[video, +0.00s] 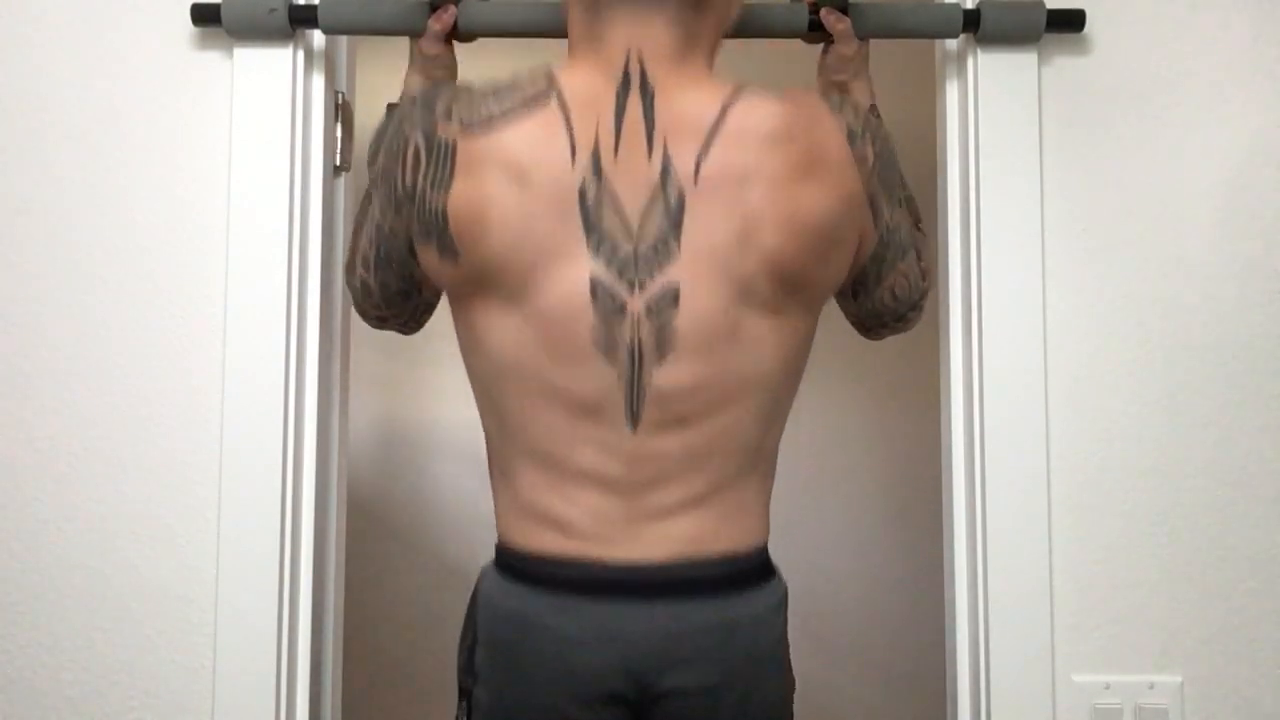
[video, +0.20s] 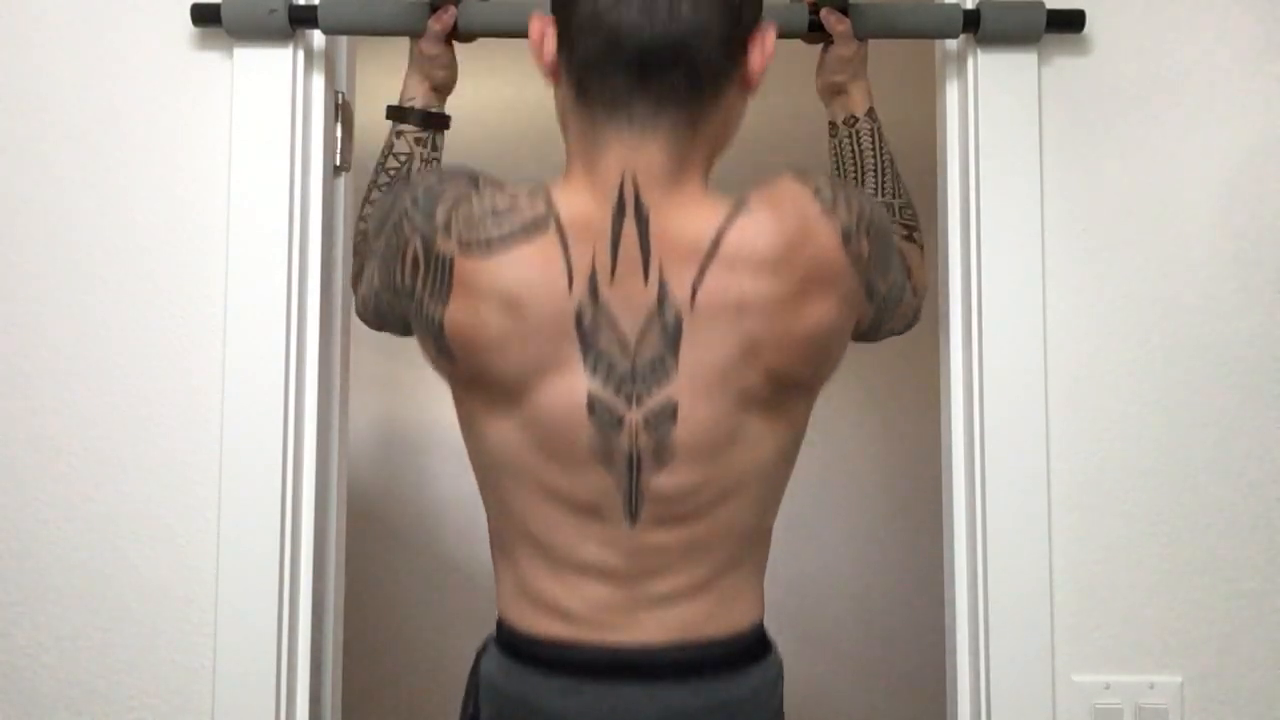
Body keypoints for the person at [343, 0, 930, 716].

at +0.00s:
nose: (732, 13)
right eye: (729, 10)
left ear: (571, 5)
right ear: (724, 7)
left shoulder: (464, 139)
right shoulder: (806, 144)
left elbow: (384, 300)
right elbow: (893, 303)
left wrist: (423, 85)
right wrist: (853, 96)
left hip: (536, 627)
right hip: (729, 628)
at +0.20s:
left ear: (544, 49)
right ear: (756, 59)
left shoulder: (464, 244)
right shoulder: (803, 247)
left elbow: (378, 282)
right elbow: (899, 293)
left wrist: (421, 98)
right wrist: (850, 99)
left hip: (530, 687)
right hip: (725, 688)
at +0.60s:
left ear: (536, 227)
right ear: (746, 235)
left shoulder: (482, 402)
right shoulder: (787, 388)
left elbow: (395, 263)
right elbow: (888, 267)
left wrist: (424, 92)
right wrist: (848, 100)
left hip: (536, 713)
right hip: (722, 714)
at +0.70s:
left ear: (533, 257)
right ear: (743, 265)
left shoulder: (489, 419)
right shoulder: (783, 402)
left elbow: (400, 269)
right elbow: (884, 273)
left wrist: (424, 95)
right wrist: (848, 97)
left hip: (536, 710)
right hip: (724, 710)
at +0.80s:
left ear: (533, 281)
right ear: (743, 287)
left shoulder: (491, 430)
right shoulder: (784, 409)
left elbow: (404, 274)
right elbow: (883, 282)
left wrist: (425, 97)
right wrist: (848, 99)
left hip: (536, 713)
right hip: (724, 713)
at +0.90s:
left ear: (532, 262)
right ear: (744, 270)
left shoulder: (490, 421)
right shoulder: (785, 396)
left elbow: (401, 269)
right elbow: (881, 276)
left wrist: (426, 96)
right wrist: (848, 100)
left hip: (536, 712)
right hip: (724, 711)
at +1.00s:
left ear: (534, 202)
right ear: (749, 205)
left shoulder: (478, 373)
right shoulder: (792, 354)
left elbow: (389, 259)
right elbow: (886, 268)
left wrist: (425, 95)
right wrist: (848, 99)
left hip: (535, 709)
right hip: (721, 708)